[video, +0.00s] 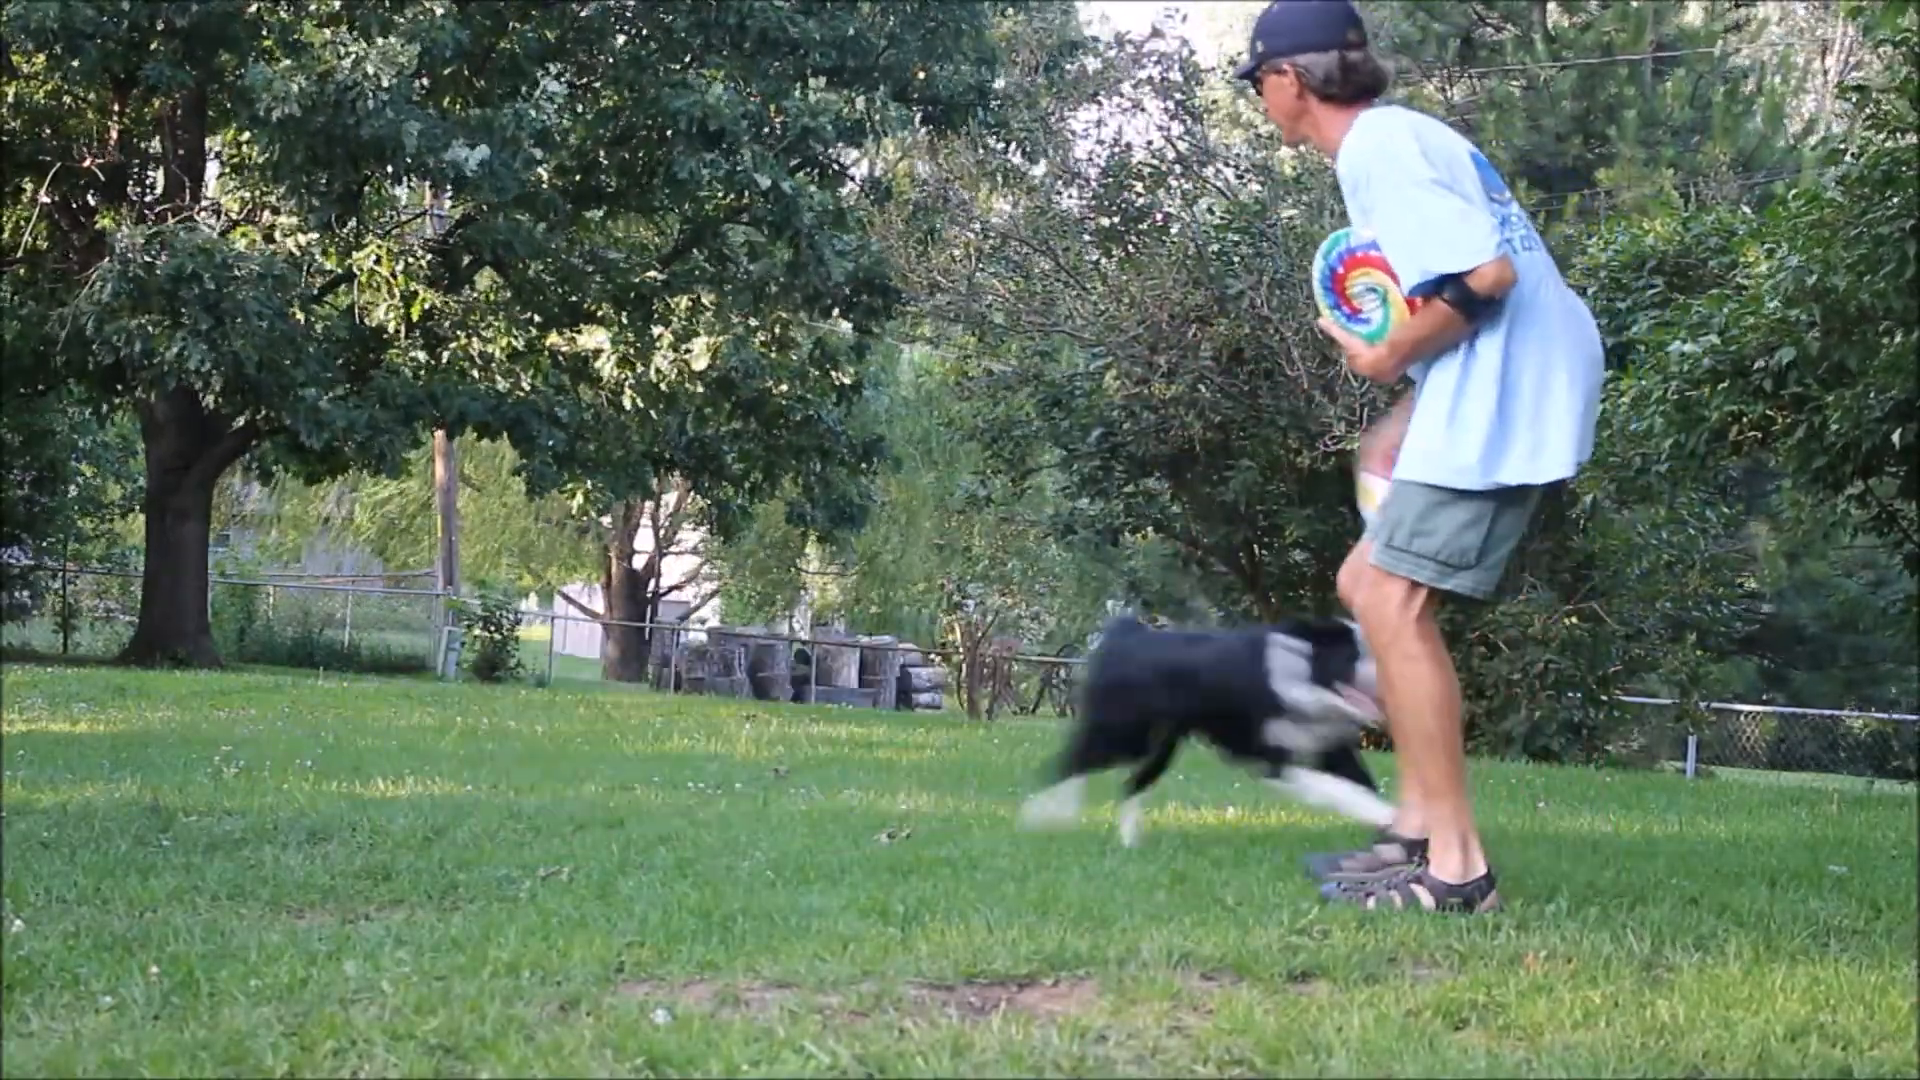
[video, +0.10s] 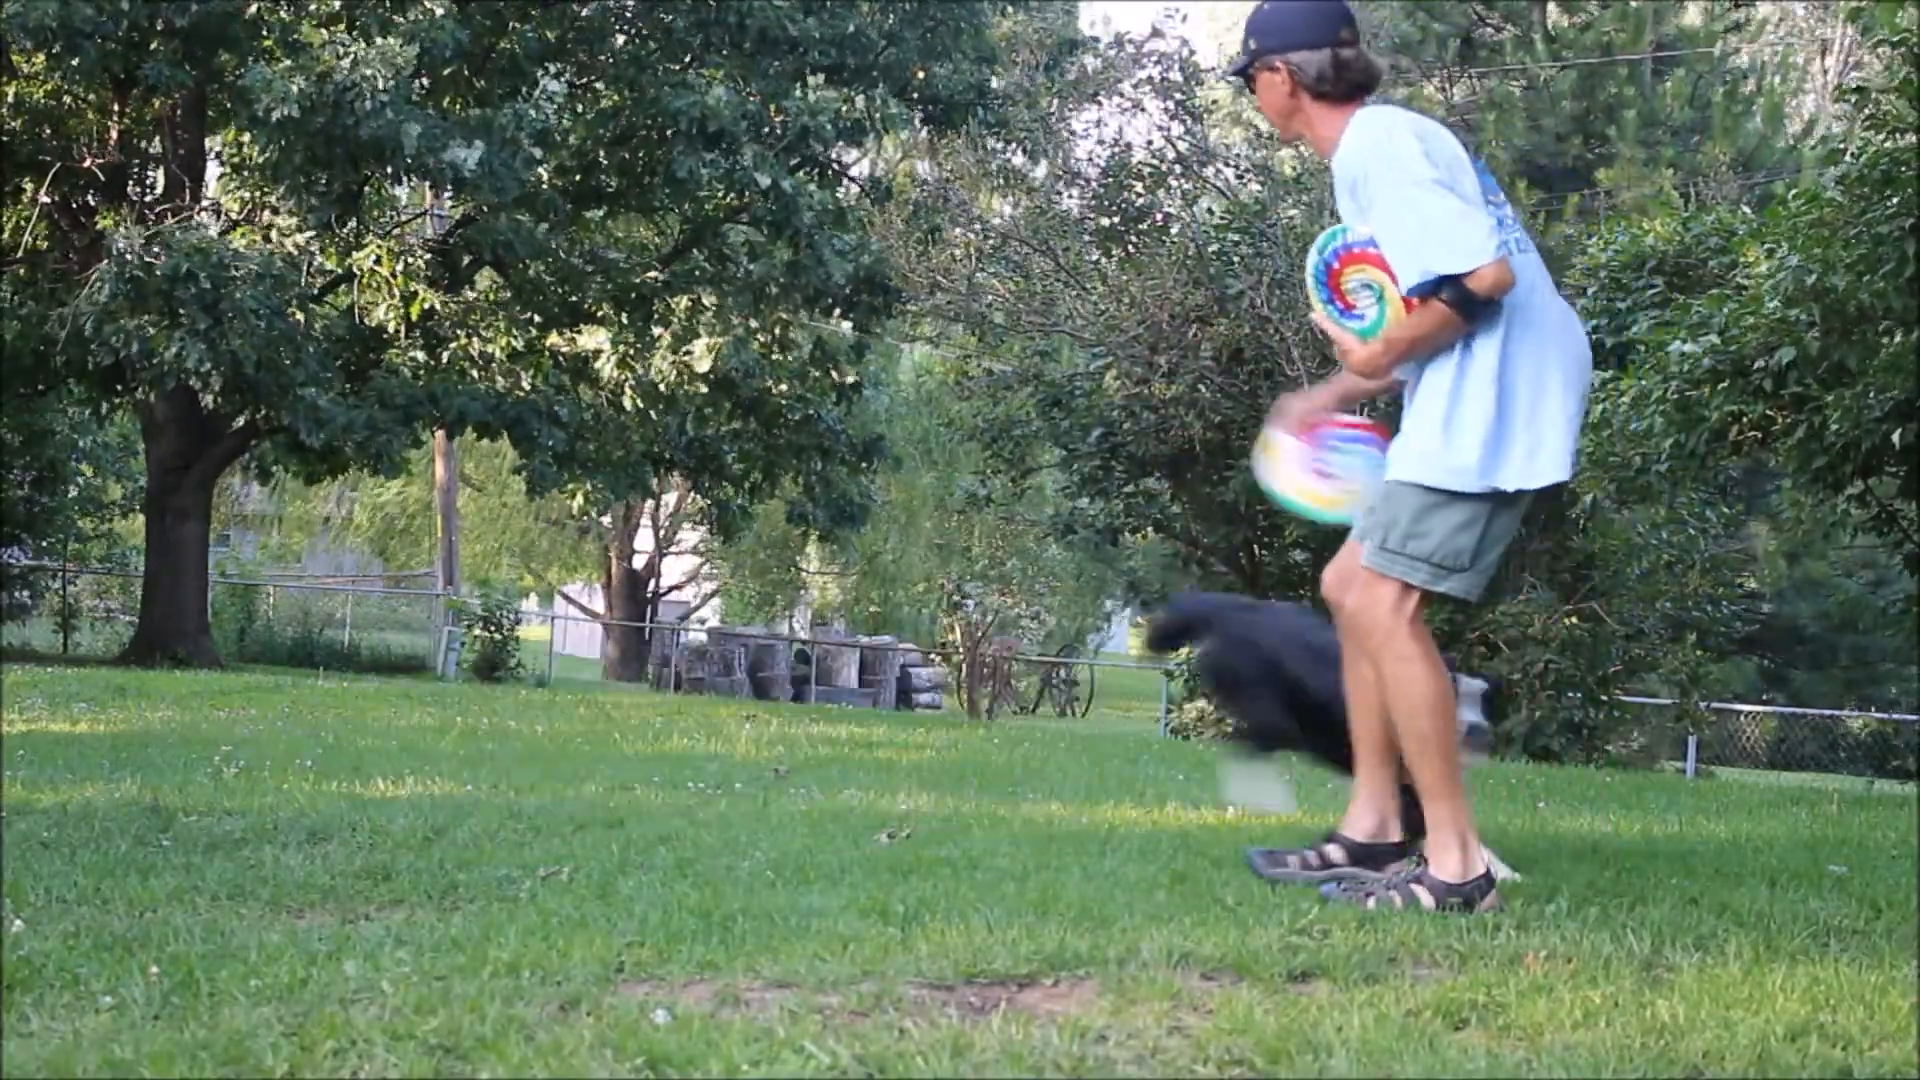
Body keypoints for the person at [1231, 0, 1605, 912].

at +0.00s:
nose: (1261, 104)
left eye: (1261, 85)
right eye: (1258, 87)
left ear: (1292, 80)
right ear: (1331, 71)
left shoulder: (1379, 148)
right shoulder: (1399, 137)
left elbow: (1484, 274)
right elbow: (1490, 279)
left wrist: (1388, 353)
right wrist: (1411, 398)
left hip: (1514, 396)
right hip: (1511, 387)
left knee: (1389, 599)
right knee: (1365, 582)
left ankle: (1456, 866)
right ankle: (1417, 829)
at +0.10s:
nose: (1254, 102)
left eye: (1253, 83)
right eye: (1252, 84)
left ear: (1283, 80)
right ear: (1331, 70)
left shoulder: (1376, 146)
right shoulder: (1385, 142)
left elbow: (1482, 276)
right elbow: (1450, 307)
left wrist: (1376, 356)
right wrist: (1334, 397)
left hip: (1498, 412)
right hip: (1475, 409)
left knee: (1381, 601)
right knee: (1348, 583)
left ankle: (1456, 865)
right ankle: (1374, 830)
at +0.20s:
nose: (1246, 104)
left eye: (1247, 86)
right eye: (1243, 88)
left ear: (1280, 81)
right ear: (1308, 76)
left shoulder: (1383, 148)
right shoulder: (1357, 166)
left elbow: (1488, 274)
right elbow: (1392, 332)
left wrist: (1383, 353)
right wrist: (1273, 380)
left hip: (1484, 416)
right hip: (1444, 412)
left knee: (1370, 608)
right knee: (1331, 593)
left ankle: (1456, 867)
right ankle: (1348, 835)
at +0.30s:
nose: (1240, 112)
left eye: (1242, 93)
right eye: (1237, 96)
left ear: (1280, 86)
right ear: (1297, 86)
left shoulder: (1386, 154)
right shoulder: (1347, 184)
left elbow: (1502, 274)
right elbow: (1362, 357)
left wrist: (1397, 357)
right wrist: (1236, 378)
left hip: (1466, 434)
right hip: (1424, 430)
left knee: (1350, 615)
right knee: (1318, 608)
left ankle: (1451, 864)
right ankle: (1346, 843)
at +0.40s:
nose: (1235, 118)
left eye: (1241, 98)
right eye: (1233, 102)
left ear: (1287, 90)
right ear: (1296, 93)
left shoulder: (1389, 163)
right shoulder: (1337, 197)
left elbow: (1503, 287)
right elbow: (1357, 360)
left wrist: (1401, 364)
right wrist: (1244, 391)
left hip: (1446, 441)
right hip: (1400, 438)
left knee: (1320, 608)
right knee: (1292, 611)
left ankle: (1442, 852)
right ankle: (1342, 843)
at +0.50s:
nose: (1236, 125)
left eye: (1245, 103)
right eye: (1233, 107)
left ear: (1299, 92)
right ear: (1296, 98)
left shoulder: (1392, 169)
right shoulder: (1331, 204)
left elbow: (1499, 301)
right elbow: (1358, 365)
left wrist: (1393, 365)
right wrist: (1242, 404)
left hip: (1439, 443)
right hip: (1395, 441)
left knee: (1300, 605)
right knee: (1292, 613)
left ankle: (1429, 841)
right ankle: (1339, 841)